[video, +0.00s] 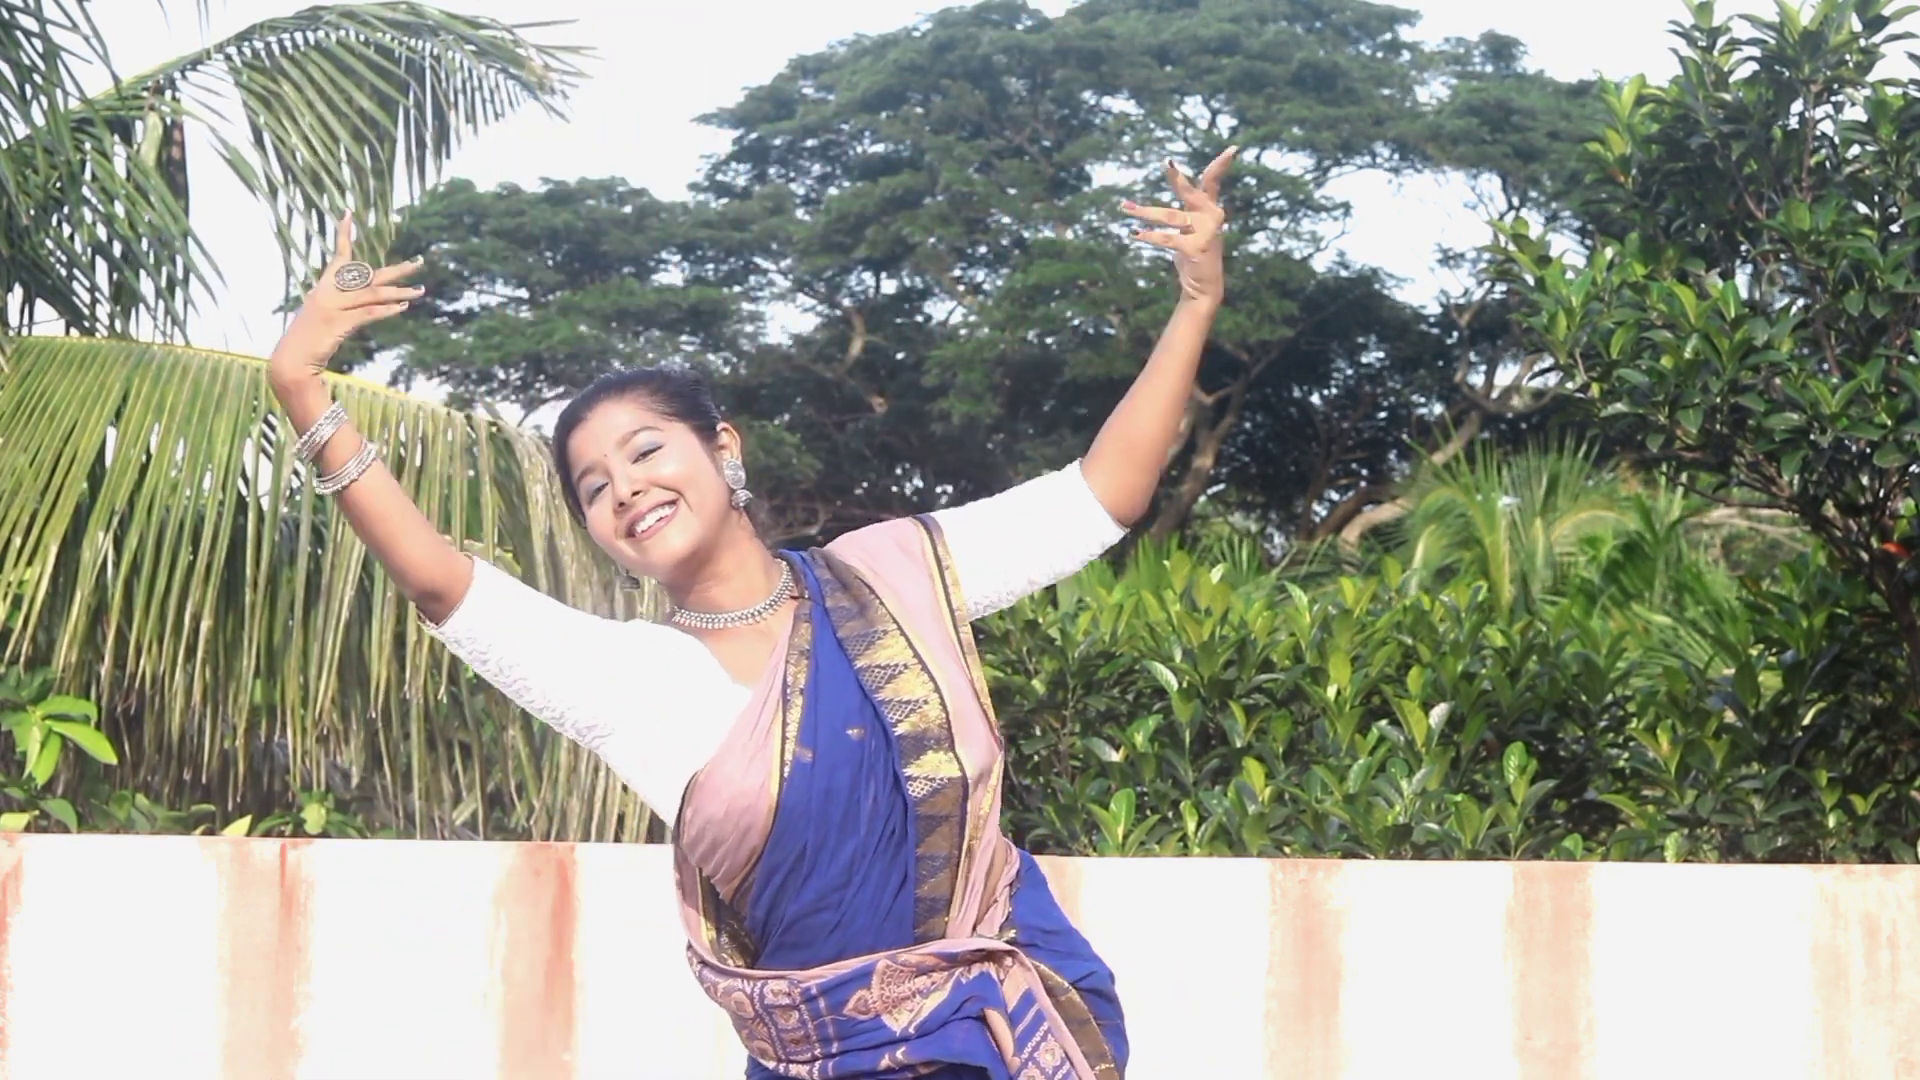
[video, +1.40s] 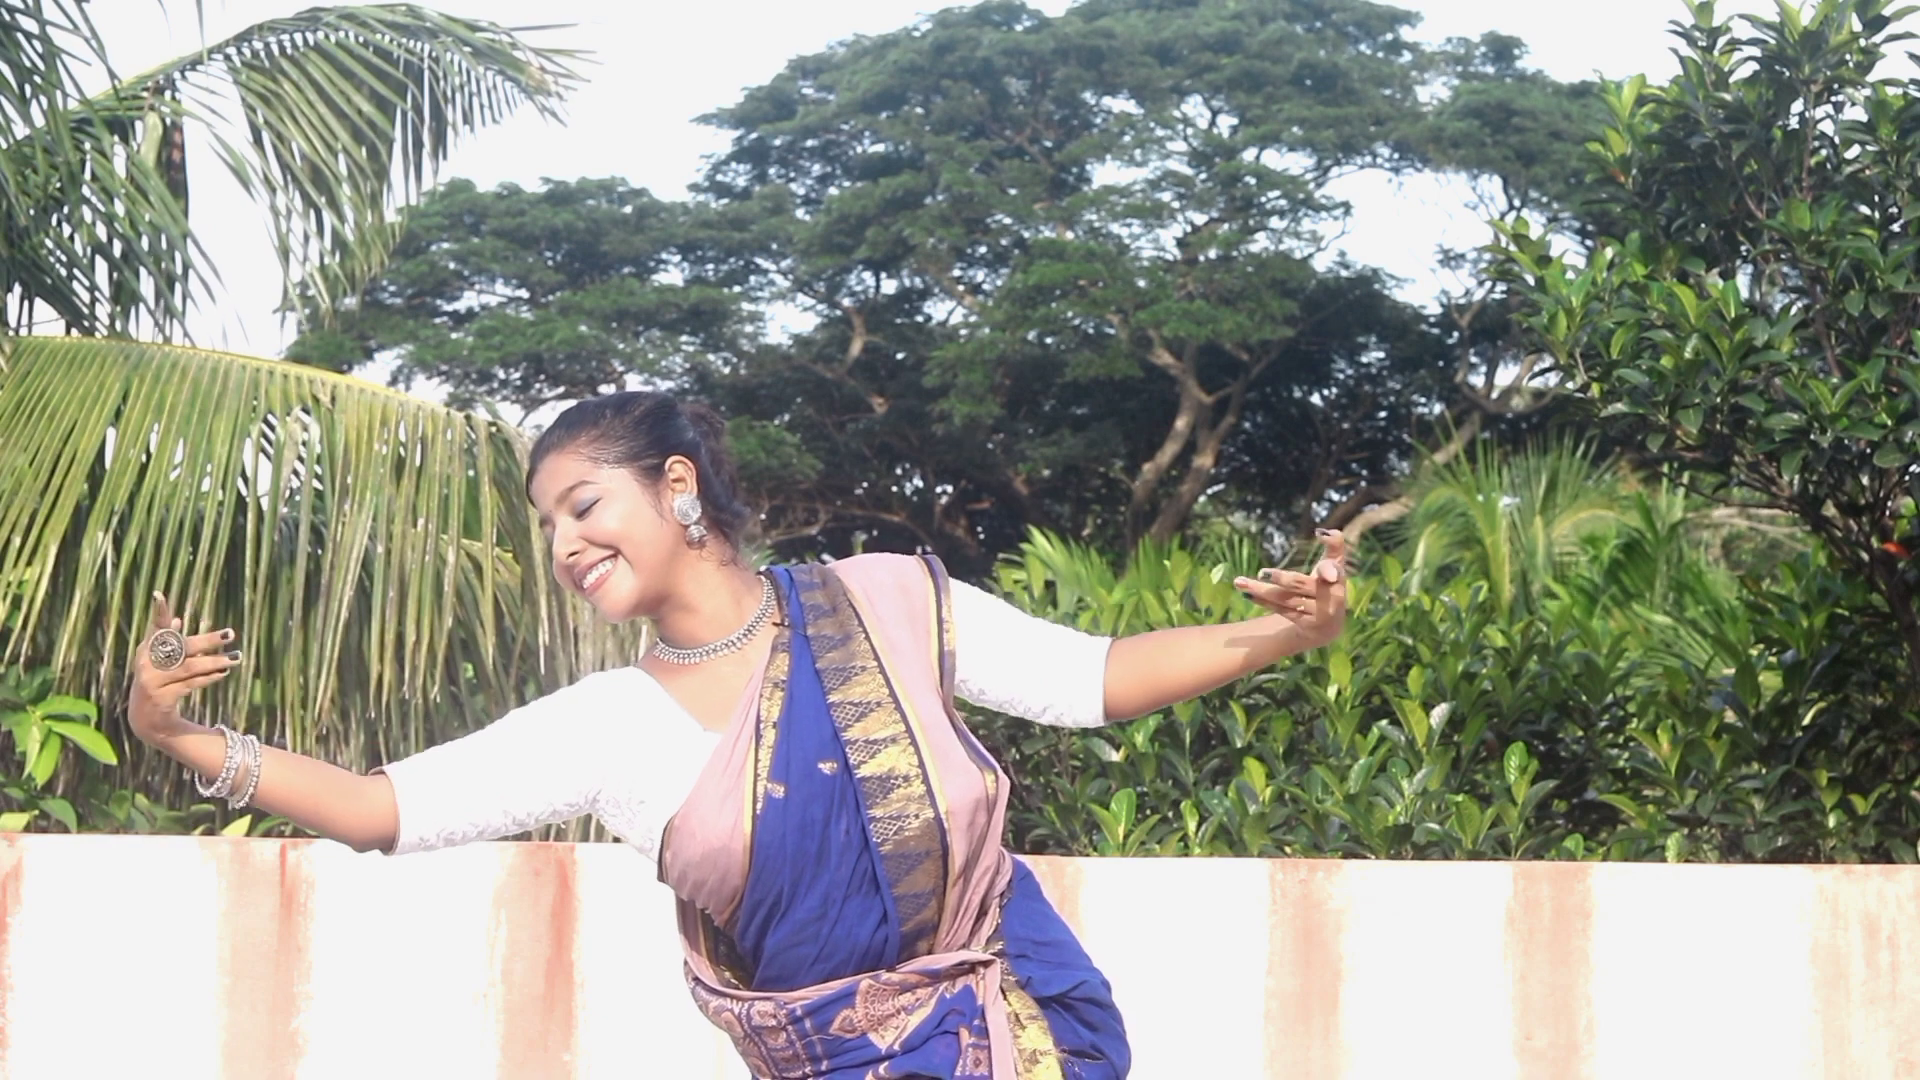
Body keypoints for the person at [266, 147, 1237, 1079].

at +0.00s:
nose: (625, 489)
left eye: (648, 450)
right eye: (595, 489)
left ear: (727, 451)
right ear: (600, 538)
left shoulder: (901, 564)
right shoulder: (635, 681)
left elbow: (1103, 495)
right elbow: (441, 577)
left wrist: (1199, 303)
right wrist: (300, 385)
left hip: (1022, 1015)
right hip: (825, 1053)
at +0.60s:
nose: (606, 515)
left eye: (625, 474)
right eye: (582, 510)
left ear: (715, 460)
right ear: (591, 547)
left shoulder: (903, 574)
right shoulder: (629, 696)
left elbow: (1119, 568)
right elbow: (403, 667)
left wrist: (1285, 427)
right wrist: (260, 499)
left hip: (1028, 1014)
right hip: (825, 1057)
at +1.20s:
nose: (567, 543)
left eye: (589, 501)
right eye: (550, 524)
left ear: (691, 482)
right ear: (559, 550)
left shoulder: (891, 593)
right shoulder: (611, 720)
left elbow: (1105, 642)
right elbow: (380, 787)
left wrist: (1278, 592)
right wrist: (234, 693)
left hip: (1020, 1020)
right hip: (826, 1061)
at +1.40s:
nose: (566, 547)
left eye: (587, 504)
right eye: (548, 531)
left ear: (690, 487)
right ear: (556, 558)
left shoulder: (885, 594)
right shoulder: (606, 724)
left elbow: (1094, 676)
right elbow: (385, 807)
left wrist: (1279, 633)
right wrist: (191, 746)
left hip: (1019, 1011)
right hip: (828, 1057)